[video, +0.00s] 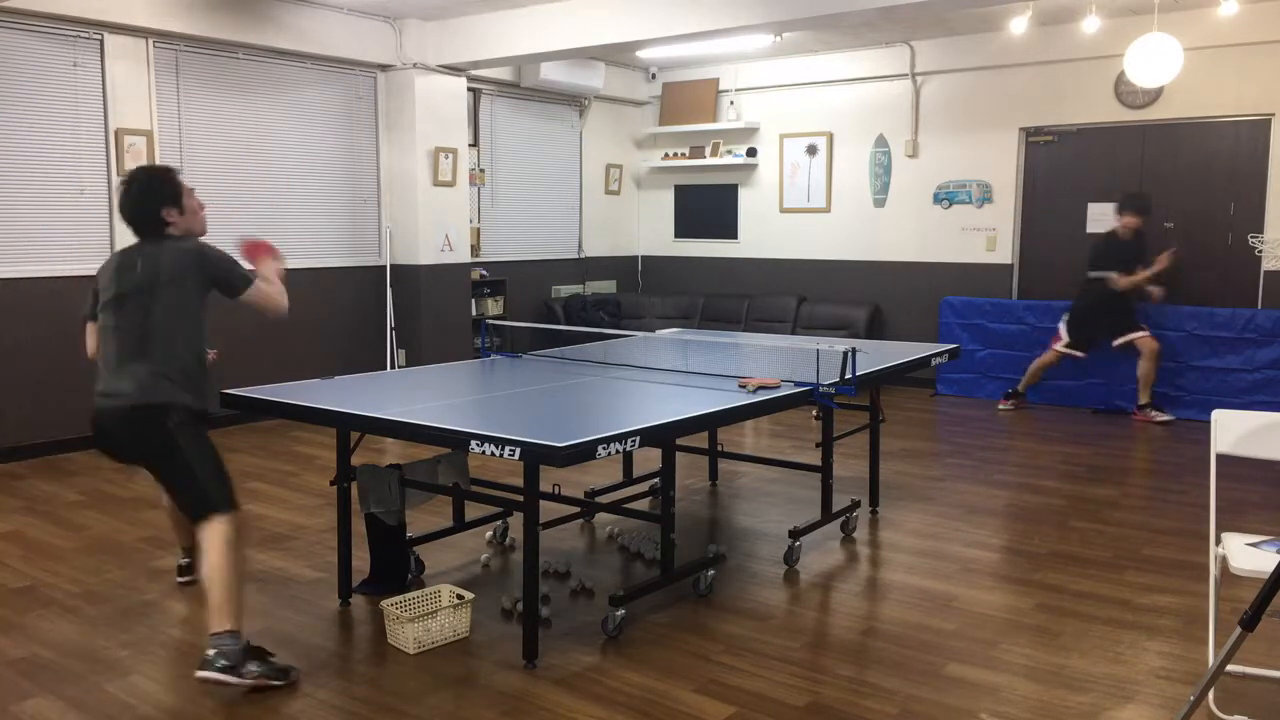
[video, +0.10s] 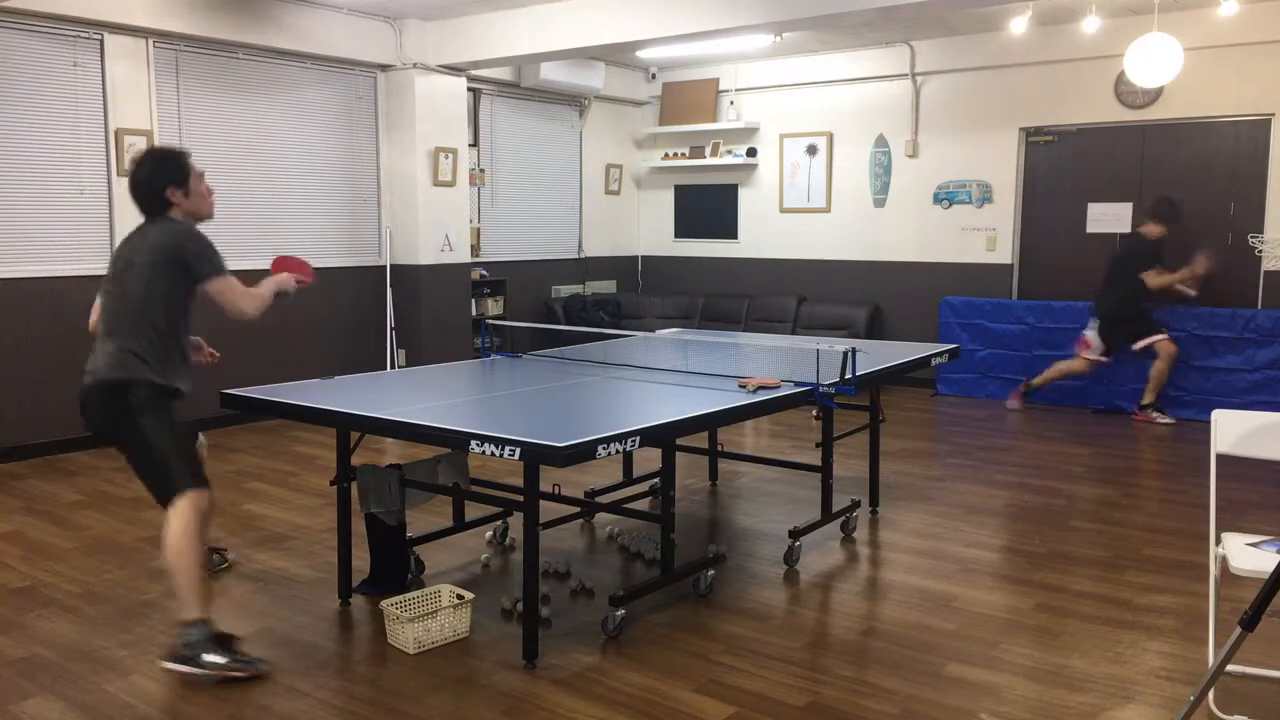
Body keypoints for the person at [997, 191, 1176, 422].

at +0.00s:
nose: (1133, 222)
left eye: (1137, 217)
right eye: (1129, 216)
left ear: (1143, 221)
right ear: (1119, 217)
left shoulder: (1138, 242)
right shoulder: (1104, 244)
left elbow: (1132, 276)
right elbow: (1118, 284)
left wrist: (1147, 288)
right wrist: (1154, 269)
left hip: (1117, 310)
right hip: (1088, 311)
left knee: (1150, 347)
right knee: (1052, 357)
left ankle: (1143, 407)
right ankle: (1017, 393)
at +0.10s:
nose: (1164, 232)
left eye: (1167, 228)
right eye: (1164, 227)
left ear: (1154, 222)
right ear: (1157, 223)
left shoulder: (1150, 244)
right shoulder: (1136, 245)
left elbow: (1155, 279)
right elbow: (1154, 281)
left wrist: (1182, 287)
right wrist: (1188, 271)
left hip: (1133, 313)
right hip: (1109, 313)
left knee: (1167, 351)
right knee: (1084, 364)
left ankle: (1147, 407)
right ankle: (1028, 387)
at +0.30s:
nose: (1203, 214)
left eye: (1205, 208)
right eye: (1203, 208)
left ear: (1187, 204)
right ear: (1191, 204)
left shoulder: (1171, 226)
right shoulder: (1168, 230)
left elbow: (1142, 236)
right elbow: (1149, 273)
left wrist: (1183, 254)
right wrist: (1140, 310)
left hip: (1165, 298)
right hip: (1154, 300)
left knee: (1175, 348)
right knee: (1195, 331)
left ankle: (1148, 404)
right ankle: (1137, 360)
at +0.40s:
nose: (1217, 186)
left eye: (1218, 181)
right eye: (1214, 180)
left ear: (1195, 178)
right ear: (1200, 178)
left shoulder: (1176, 199)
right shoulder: (1183, 207)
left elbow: (1146, 214)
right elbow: (1157, 248)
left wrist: (1175, 231)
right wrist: (1149, 287)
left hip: (1165, 278)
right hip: (1172, 278)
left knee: (1168, 340)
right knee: (1221, 299)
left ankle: (1150, 399)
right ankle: (1185, 350)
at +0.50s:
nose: (1225, 164)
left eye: (1225, 159)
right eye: (1221, 159)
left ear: (1199, 159)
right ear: (1208, 160)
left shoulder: (1181, 182)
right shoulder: (1194, 188)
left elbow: (1153, 207)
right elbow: (1174, 230)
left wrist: (1183, 218)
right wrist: (1175, 270)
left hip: (1167, 266)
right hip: (1183, 265)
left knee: (1181, 326)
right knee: (1228, 303)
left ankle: (1160, 385)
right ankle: (1217, 362)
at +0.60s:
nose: (1224, 159)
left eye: (1223, 154)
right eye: (1222, 154)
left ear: (1192, 156)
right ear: (1217, 158)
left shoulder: (1177, 181)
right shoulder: (1209, 187)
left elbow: (1162, 216)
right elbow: (1199, 228)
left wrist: (1188, 224)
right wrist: (1205, 267)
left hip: (1174, 270)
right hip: (1201, 270)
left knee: (1185, 330)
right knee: (1222, 325)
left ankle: (1184, 389)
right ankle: (1232, 385)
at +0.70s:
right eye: (1217, 167)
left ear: (1190, 171)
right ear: (1219, 170)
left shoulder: (1176, 202)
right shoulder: (1226, 202)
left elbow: (1170, 242)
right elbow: (1227, 242)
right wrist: (1232, 278)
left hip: (1186, 288)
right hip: (1217, 288)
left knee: (1195, 347)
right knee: (1227, 347)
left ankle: (1199, 411)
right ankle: (1234, 408)